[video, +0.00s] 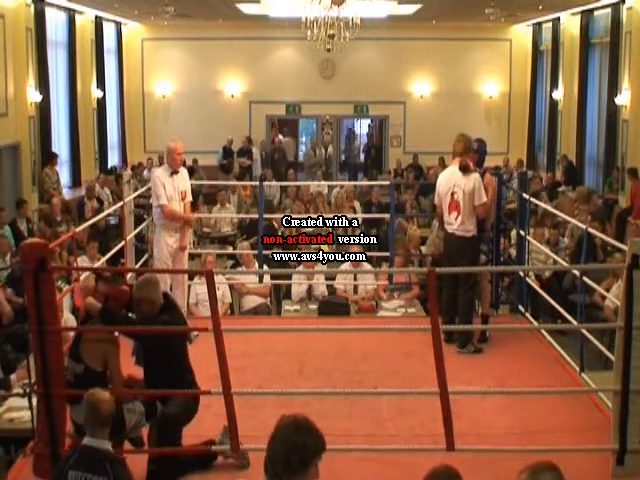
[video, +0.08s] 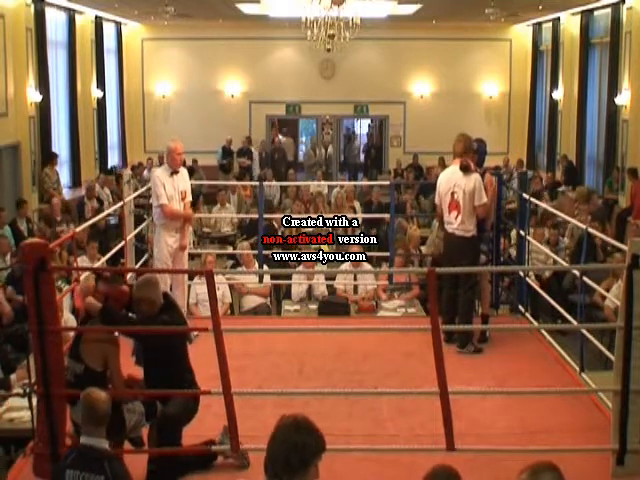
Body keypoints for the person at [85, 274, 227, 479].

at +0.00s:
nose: (141, 307)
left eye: (144, 302)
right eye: (138, 302)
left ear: (153, 301)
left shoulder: (168, 323)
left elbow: (134, 327)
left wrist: (99, 310)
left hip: (183, 394)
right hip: (158, 393)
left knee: (167, 416)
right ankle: (214, 448)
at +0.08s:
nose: (139, 307)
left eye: (142, 302)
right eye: (137, 302)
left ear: (151, 302)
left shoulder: (166, 323)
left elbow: (126, 325)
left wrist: (99, 310)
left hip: (183, 395)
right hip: (160, 395)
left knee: (167, 417)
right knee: (162, 466)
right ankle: (215, 447)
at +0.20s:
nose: (142, 307)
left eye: (145, 303)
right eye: (139, 302)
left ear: (154, 301)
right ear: (137, 300)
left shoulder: (169, 322)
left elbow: (133, 326)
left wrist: (99, 309)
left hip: (183, 393)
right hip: (157, 393)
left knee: (167, 416)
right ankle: (214, 448)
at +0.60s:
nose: (136, 309)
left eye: (140, 304)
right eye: (135, 304)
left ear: (152, 303)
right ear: (133, 301)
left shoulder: (167, 321)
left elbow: (131, 326)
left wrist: (101, 310)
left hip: (183, 393)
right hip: (159, 394)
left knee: (167, 416)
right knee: (164, 467)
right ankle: (216, 447)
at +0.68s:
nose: (137, 309)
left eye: (141, 304)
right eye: (135, 303)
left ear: (152, 302)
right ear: (134, 300)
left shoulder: (168, 322)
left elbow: (133, 329)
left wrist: (101, 311)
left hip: (183, 393)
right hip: (159, 394)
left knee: (167, 415)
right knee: (164, 467)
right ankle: (215, 447)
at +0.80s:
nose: (138, 308)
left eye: (142, 303)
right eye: (135, 303)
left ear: (153, 300)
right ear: (132, 299)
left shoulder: (168, 322)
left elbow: (137, 343)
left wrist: (114, 320)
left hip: (183, 392)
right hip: (159, 392)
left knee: (166, 415)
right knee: (162, 466)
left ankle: (216, 450)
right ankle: (215, 448)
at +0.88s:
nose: (138, 308)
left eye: (142, 304)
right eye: (136, 303)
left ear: (153, 300)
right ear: (133, 298)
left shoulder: (173, 323)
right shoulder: (139, 311)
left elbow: (149, 360)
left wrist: (132, 335)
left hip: (181, 392)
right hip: (157, 390)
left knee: (165, 415)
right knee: (162, 466)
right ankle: (215, 447)